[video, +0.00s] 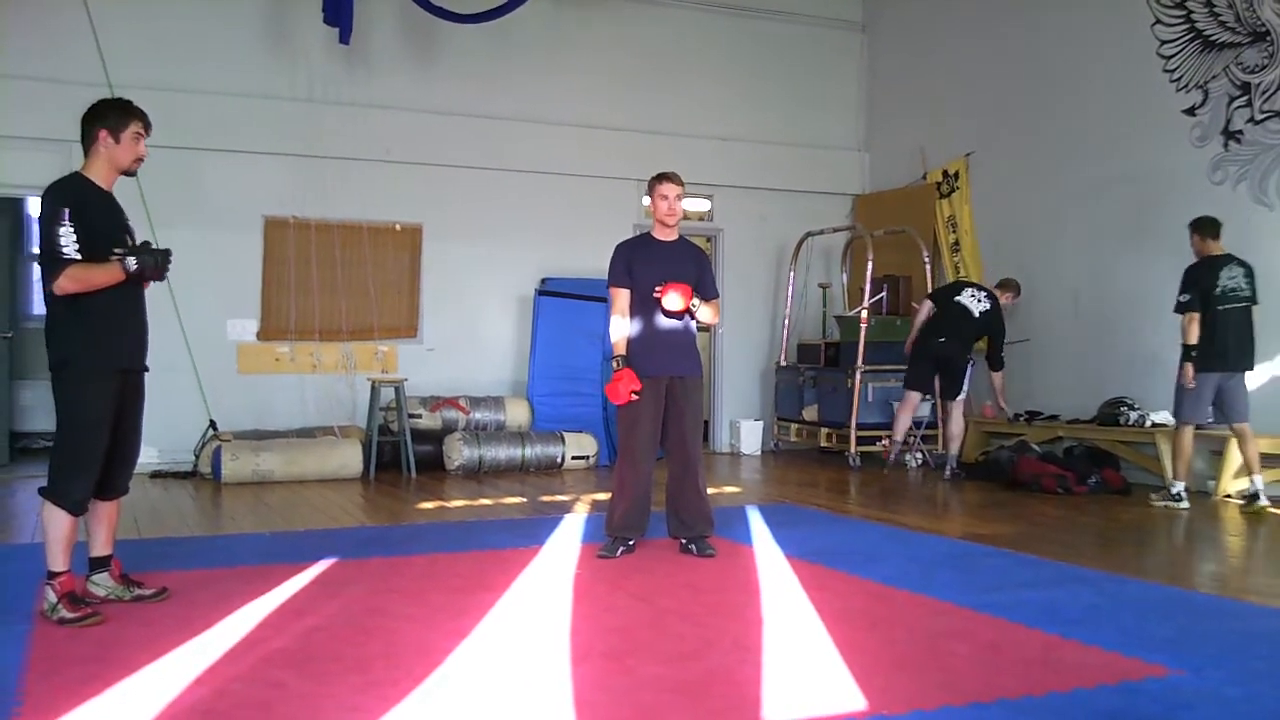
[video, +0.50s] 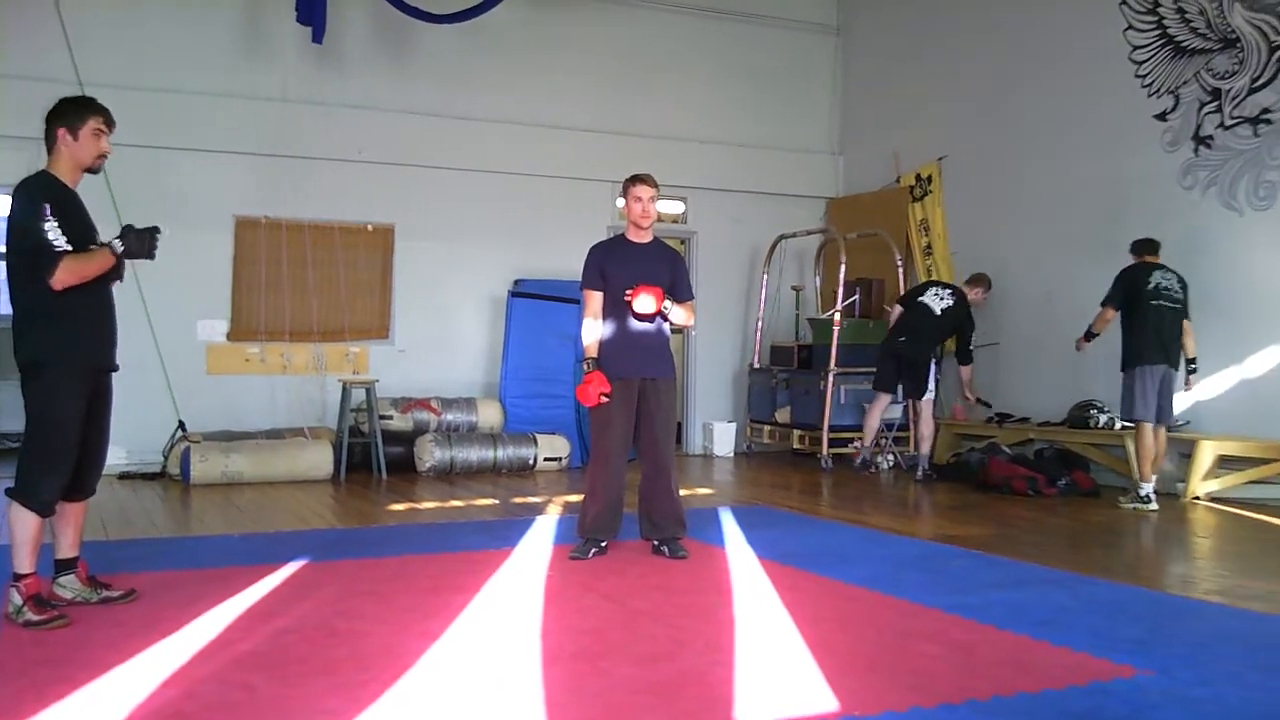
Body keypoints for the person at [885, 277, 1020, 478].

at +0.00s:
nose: (1009, 306)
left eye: (1011, 303)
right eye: (1012, 302)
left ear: (995, 285)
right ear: (1008, 297)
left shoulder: (963, 285)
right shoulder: (996, 316)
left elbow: (927, 302)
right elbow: (995, 363)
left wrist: (913, 335)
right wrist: (1000, 398)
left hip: (926, 344)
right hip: (956, 354)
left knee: (909, 400)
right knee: (955, 410)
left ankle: (892, 454)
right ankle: (951, 466)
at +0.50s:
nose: (981, 302)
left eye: (983, 298)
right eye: (983, 297)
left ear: (966, 282)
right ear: (977, 292)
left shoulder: (933, 285)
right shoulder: (965, 315)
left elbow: (899, 306)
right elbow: (964, 359)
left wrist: (892, 335)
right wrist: (967, 390)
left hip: (893, 345)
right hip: (921, 355)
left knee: (881, 399)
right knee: (925, 412)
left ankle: (863, 456)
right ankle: (923, 467)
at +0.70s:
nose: (957, 284)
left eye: (959, 280)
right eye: (958, 280)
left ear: (939, 269)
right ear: (951, 276)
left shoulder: (905, 282)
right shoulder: (940, 301)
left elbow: (879, 310)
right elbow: (940, 343)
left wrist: (880, 338)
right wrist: (948, 370)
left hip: (879, 346)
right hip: (905, 351)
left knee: (873, 404)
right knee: (913, 409)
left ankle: (861, 458)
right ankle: (912, 465)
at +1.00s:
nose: (933, 270)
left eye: (933, 266)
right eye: (931, 265)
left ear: (913, 262)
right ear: (920, 263)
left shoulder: (890, 284)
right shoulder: (911, 290)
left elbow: (885, 322)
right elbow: (915, 332)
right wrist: (936, 356)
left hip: (879, 352)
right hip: (898, 354)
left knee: (876, 407)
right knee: (915, 405)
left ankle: (869, 461)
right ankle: (916, 463)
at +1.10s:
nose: (958, 270)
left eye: (959, 265)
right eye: (956, 264)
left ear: (941, 262)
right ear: (944, 262)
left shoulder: (922, 283)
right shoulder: (932, 287)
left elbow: (922, 327)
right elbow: (934, 330)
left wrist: (952, 349)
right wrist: (959, 351)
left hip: (907, 352)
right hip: (923, 353)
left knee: (906, 407)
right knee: (941, 405)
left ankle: (899, 463)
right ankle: (942, 465)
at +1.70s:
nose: (953, 261)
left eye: (953, 256)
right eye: (950, 256)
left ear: (937, 257)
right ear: (937, 257)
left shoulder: (928, 283)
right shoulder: (927, 284)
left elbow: (936, 325)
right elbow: (939, 327)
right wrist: (971, 337)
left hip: (924, 353)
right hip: (923, 354)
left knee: (917, 408)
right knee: (925, 407)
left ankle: (911, 461)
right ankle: (911, 465)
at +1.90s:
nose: (921, 260)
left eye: (921, 255)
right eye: (919, 255)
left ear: (903, 257)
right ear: (907, 257)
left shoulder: (895, 282)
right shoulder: (898, 284)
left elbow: (903, 325)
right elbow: (909, 327)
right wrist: (938, 340)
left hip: (889, 351)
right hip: (892, 353)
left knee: (886, 406)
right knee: (892, 406)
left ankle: (880, 460)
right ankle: (880, 462)